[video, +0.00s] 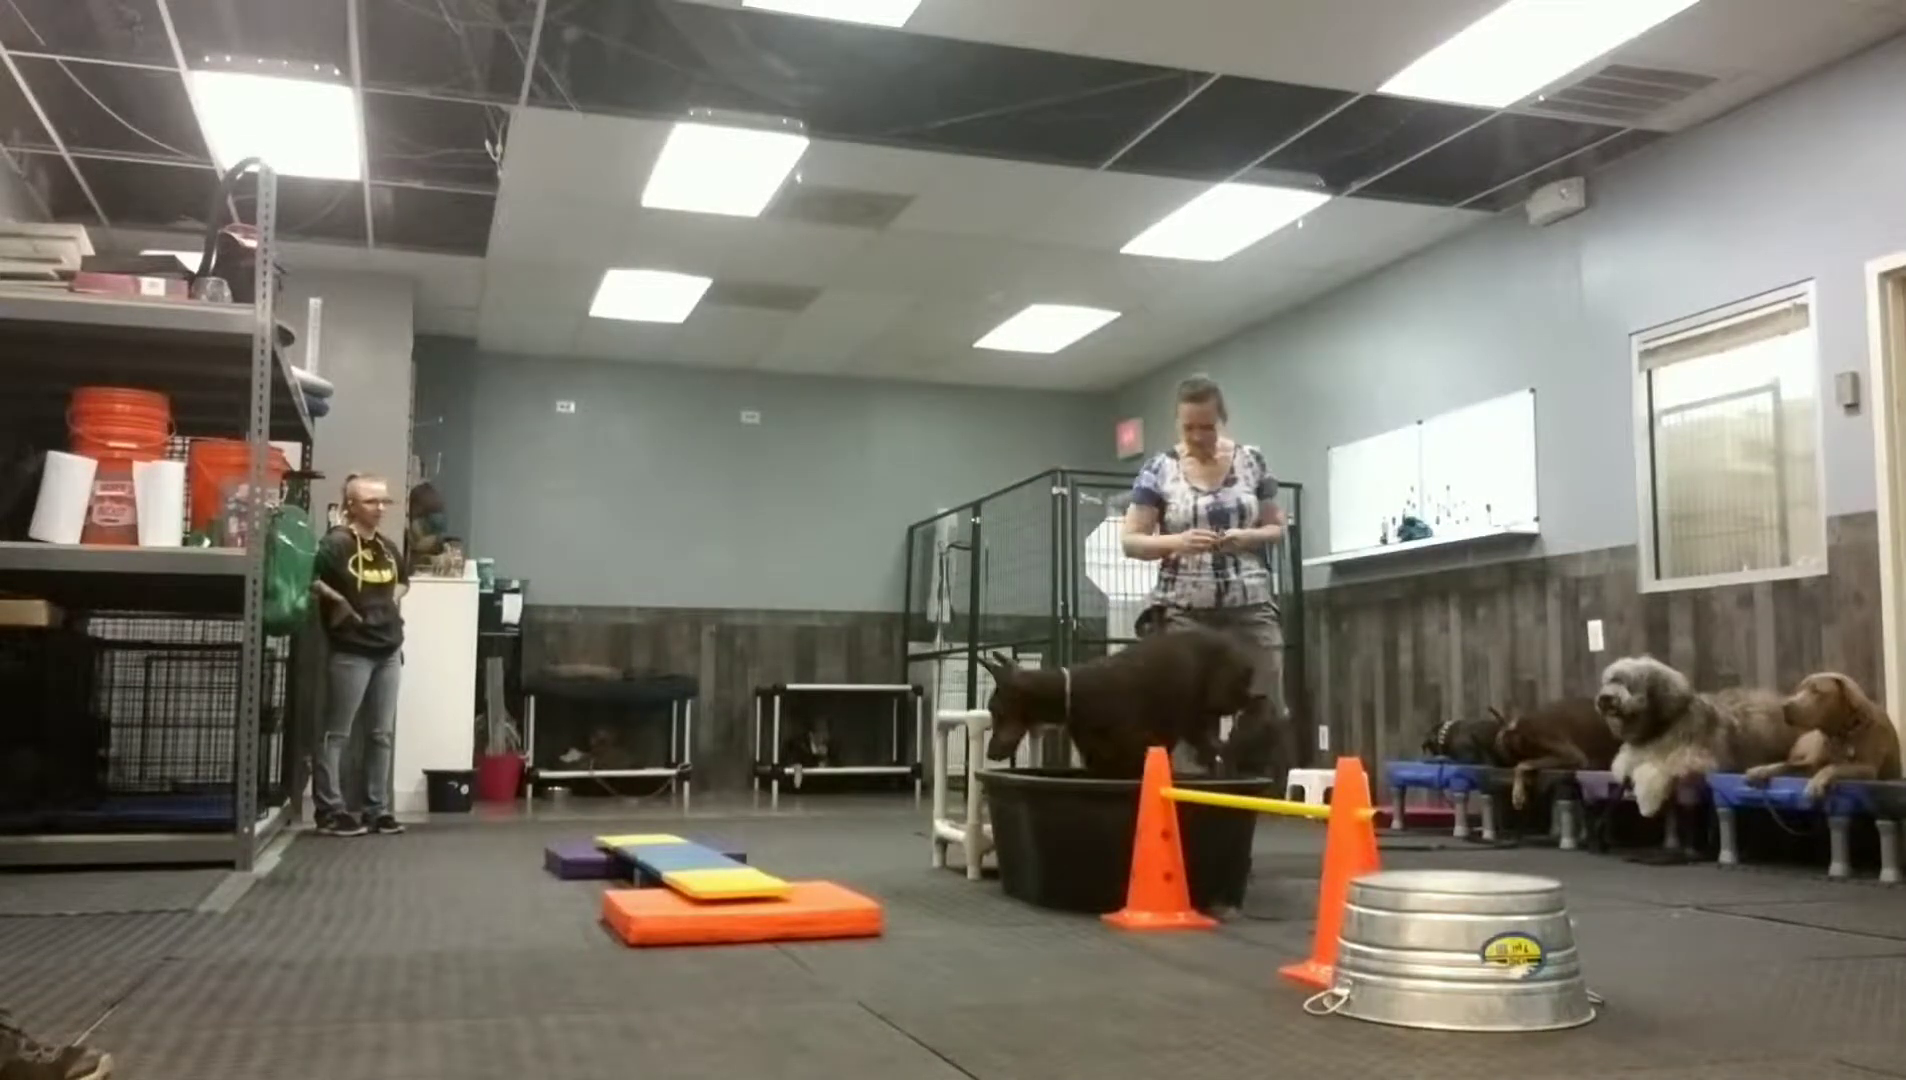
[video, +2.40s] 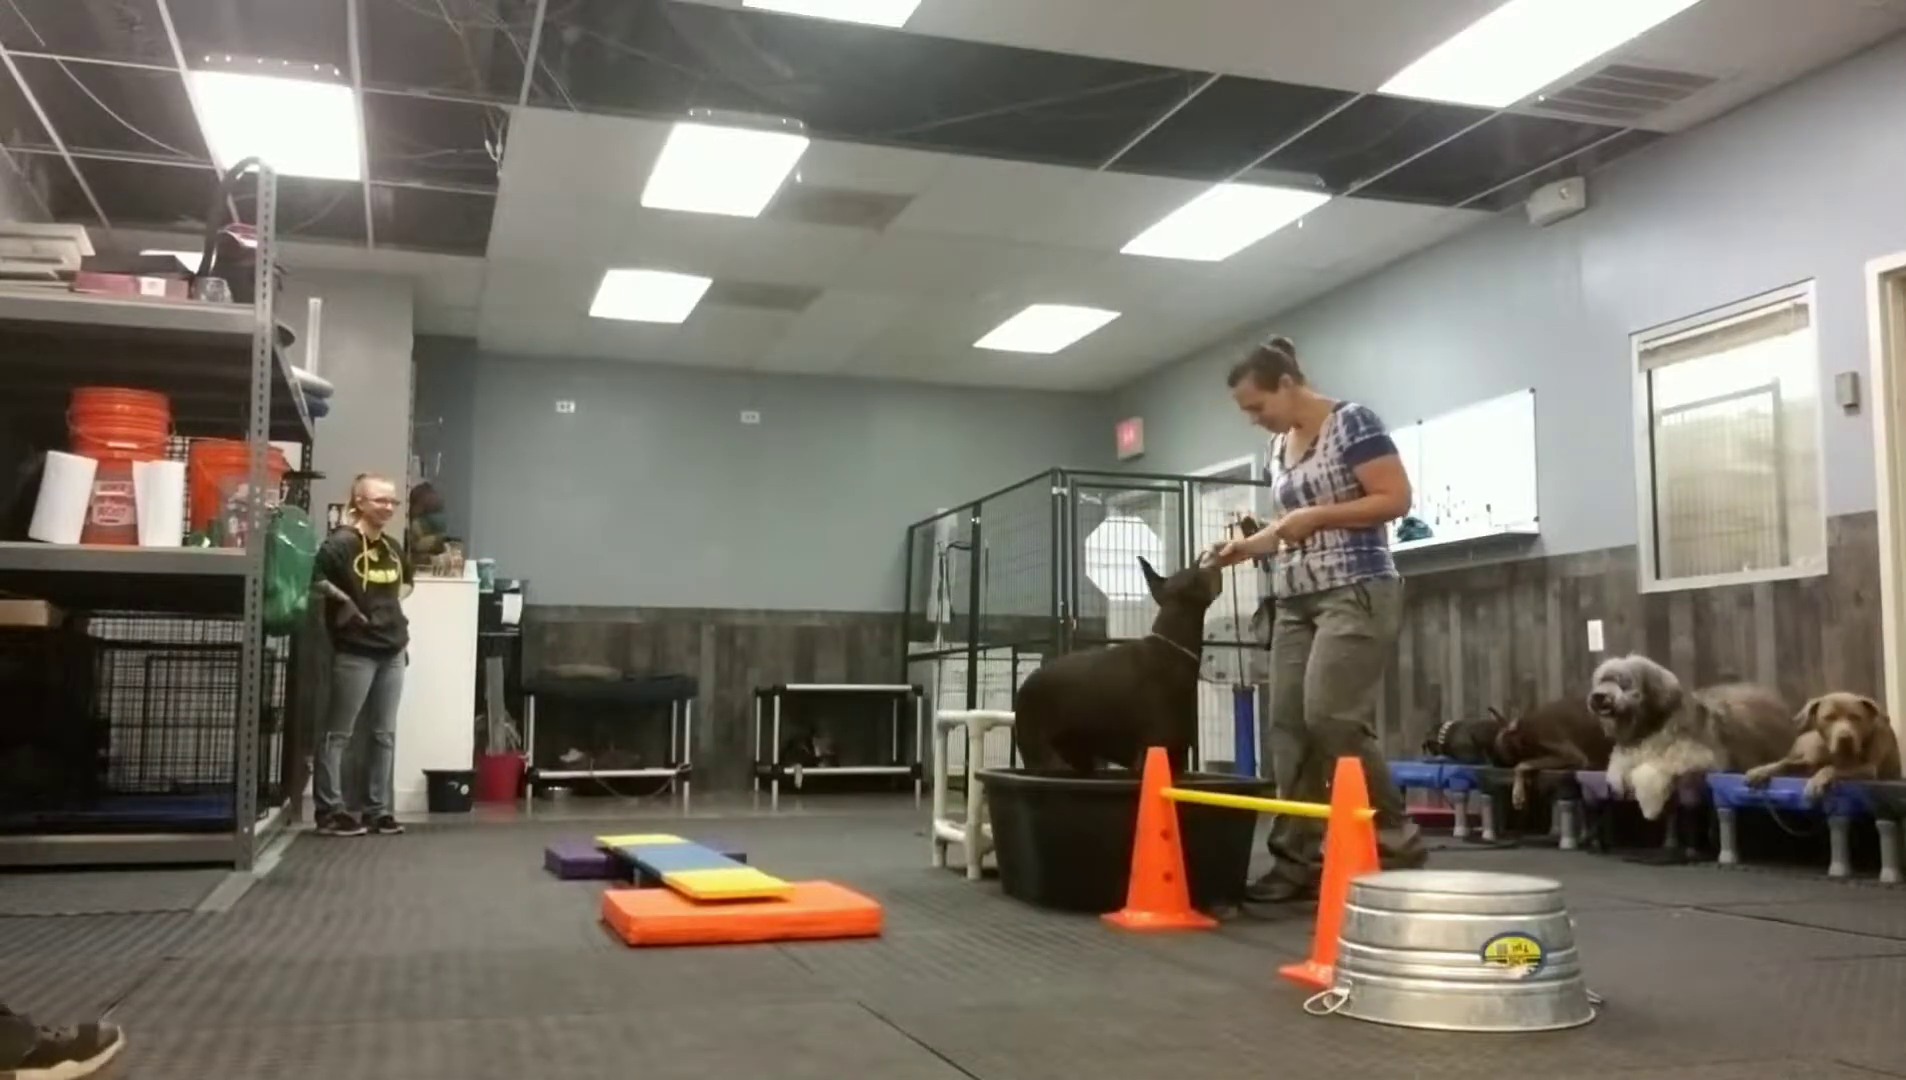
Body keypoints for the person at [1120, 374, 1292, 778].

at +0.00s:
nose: (1197, 436)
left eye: (1205, 427)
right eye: (1189, 427)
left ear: (1221, 419)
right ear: (1178, 422)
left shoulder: (1250, 462)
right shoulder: (1159, 469)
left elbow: (1276, 529)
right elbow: (1131, 541)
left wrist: (1239, 538)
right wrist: (1178, 542)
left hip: (1251, 610)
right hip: (1184, 612)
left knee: (1267, 715)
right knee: (1188, 721)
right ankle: (1190, 814)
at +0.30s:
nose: (1240, 427)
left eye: (1247, 416)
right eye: (1234, 417)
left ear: (1278, 404)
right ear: (1232, 412)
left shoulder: (1326, 447)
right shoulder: (1231, 461)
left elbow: (1358, 520)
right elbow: (1216, 532)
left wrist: (1293, 529)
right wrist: (1232, 536)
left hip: (1315, 606)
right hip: (1246, 608)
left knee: (1322, 723)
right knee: (1240, 720)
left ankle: (1325, 844)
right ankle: (1216, 837)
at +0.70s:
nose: (1230, 415)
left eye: (1237, 402)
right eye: (1224, 404)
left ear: (1270, 388)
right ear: (1228, 397)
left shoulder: (1329, 429)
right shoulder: (1229, 447)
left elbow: (1366, 503)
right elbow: (1197, 517)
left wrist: (1315, 515)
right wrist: (1222, 530)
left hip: (1322, 603)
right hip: (1253, 609)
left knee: (1308, 728)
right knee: (1264, 741)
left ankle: (1345, 854)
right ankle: (1281, 867)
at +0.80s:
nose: (1223, 413)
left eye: (1229, 399)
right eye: (1216, 402)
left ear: (1263, 384)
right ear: (1220, 395)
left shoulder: (1327, 424)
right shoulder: (1225, 446)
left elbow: (1368, 499)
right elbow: (1176, 510)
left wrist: (1309, 514)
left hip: (1321, 600)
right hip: (1253, 607)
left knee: (1311, 734)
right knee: (1264, 738)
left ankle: (1313, 870)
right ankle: (1276, 865)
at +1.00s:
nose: (1215, 407)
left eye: (1218, 394)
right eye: (1209, 398)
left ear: (1251, 374)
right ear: (1240, 382)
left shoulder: (1316, 414)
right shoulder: (1243, 441)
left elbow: (1357, 497)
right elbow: (1250, 516)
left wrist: (1277, 514)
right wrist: (1199, 525)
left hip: (1318, 595)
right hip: (1259, 601)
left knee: (1316, 732)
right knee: (1272, 734)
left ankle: (1325, 866)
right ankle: (1292, 858)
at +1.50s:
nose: (1209, 414)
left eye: (1209, 402)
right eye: (1203, 406)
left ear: (1238, 381)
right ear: (1233, 387)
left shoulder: (1310, 415)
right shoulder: (1245, 449)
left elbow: (1354, 494)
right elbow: (1215, 511)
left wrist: (1274, 519)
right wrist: (1162, 557)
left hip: (1324, 594)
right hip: (1272, 601)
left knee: (1323, 730)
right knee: (1281, 731)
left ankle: (1325, 869)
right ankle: (1293, 862)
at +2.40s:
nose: (1254, 419)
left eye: (1257, 406)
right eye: (1248, 411)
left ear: (1288, 385)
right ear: (1273, 394)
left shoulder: (1351, 421)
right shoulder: (1279, 452)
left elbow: (1395, 498)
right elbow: (1294, 527)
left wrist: (1316, 516)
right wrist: (1245, 548)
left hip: (1357, 595)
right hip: (1296, 603)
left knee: (1330, 717)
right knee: (1287, 728)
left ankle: (1396, 839)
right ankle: (1296, 864)